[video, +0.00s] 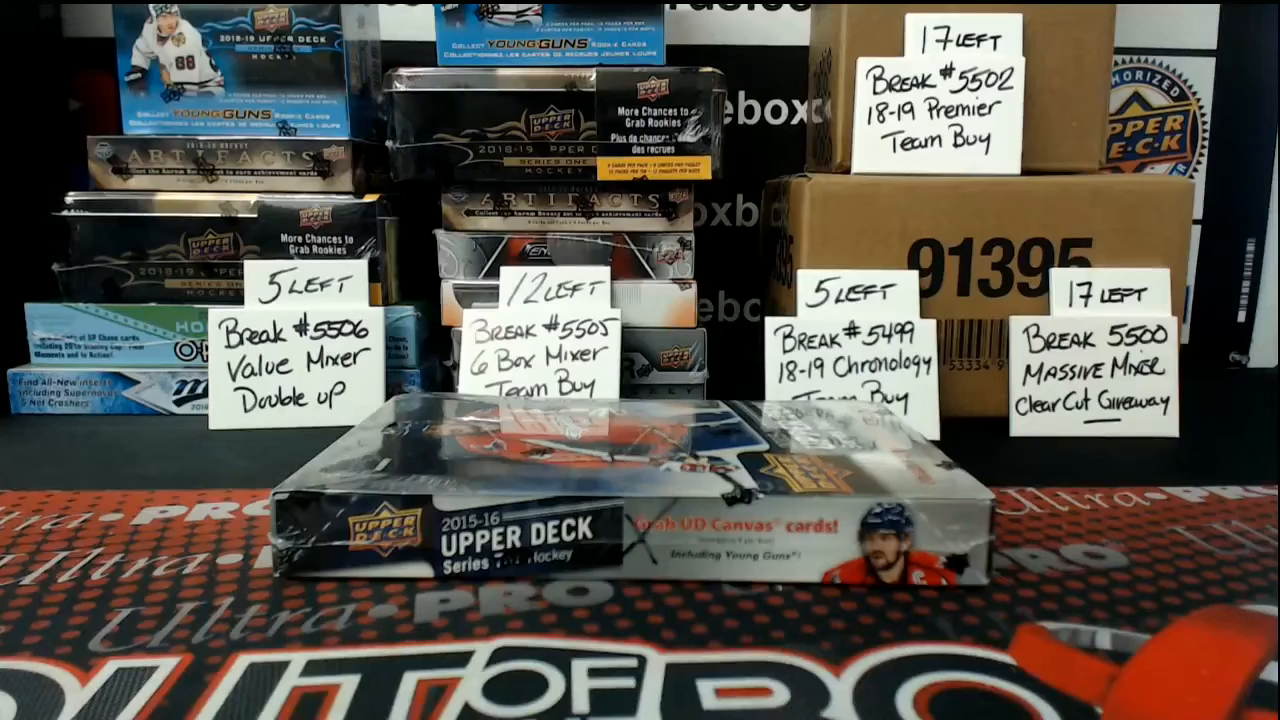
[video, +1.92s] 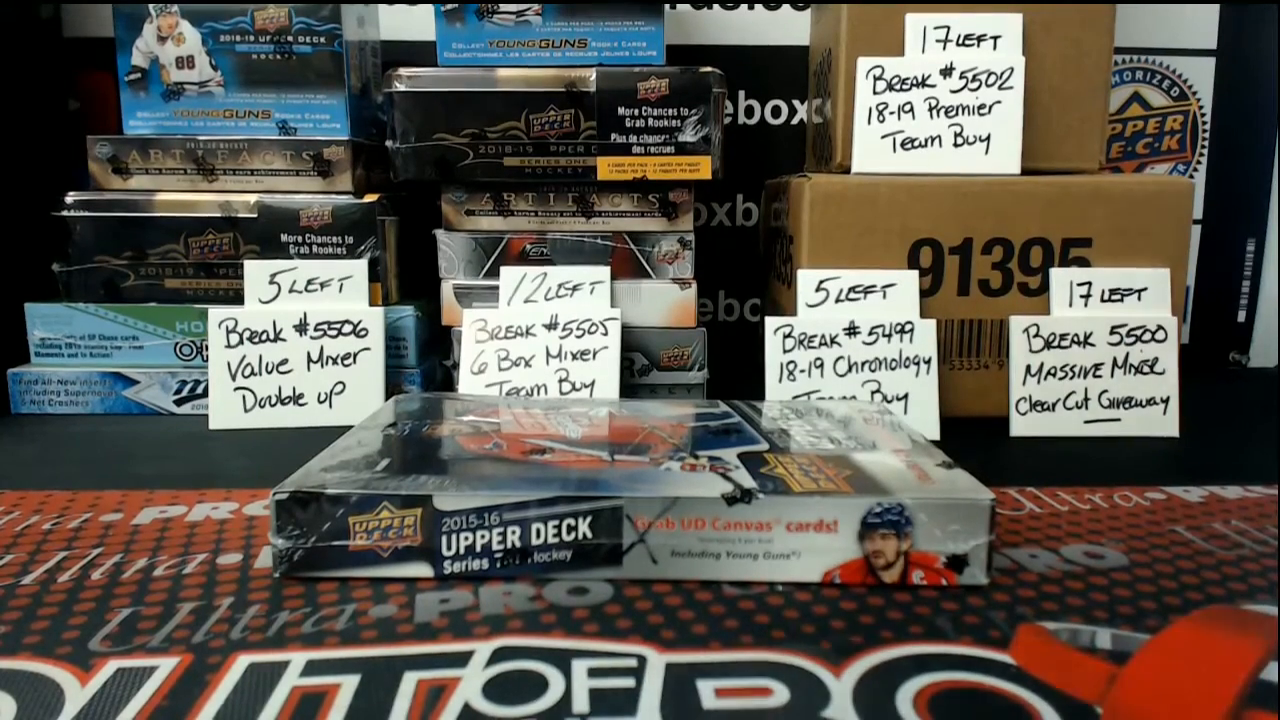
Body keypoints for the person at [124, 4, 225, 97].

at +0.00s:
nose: (170, 22)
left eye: (173, 17)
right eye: (164, 18)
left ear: (178, 17)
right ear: (156, 19)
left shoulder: (186, 35)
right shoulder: (150, 28)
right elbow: (141, 50)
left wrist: (177, 89)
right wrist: (137, 73)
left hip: (209, 84)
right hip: (181, 84)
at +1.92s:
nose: (170, 22)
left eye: (173, 17)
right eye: (164, 17)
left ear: (178, 17)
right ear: (156, 20)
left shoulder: (186, 36)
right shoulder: (150, 29)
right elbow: (142, 50)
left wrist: (178, 88)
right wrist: (137, 71)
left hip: (208, 84)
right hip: (180, 83)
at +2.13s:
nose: (170, 22)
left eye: (173, 17)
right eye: (164, 18)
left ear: (178, 17)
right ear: (156, 20)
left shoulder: (186, 36)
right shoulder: (150, 28)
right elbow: (142, 50)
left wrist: (179, 89)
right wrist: (137, 72)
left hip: (209, 84)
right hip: (181, 83)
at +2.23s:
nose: (170, 22)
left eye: (173, 17)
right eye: (164, 17)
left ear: (178, 17)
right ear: (156, 20)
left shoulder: (186, 34)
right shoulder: (150, 29)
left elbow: (188, 65)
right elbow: (142, 50)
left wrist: (180, 87)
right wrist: (137, 73)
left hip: (208, 83)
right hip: (181, 84)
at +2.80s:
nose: (170, 22)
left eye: (173, 17)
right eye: (164, 18)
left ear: (178, 17)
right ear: (156, 20)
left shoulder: (186, 35)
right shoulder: (150, 28)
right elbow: (141, 50)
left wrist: (179, 89)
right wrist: (137, 74)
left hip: (209, 84)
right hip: (181, 85)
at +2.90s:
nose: (170, 22)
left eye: (173, 17)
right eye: (164, 18)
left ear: (178, 17)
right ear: (156, 20)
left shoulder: (186, 35)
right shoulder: (150, 28)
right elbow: (141, 50)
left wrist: (179, 89)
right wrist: (137, 74)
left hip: (209, 84)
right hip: (181, 85)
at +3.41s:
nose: (170, 22)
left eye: (173, 17)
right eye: (164, 18)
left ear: (178, 17)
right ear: (156, 20)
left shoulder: (185, 35)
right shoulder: (150, 28)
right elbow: (141, 50)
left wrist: (178, 89)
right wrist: (136, 74)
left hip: (209, 84)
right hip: (181, 84)